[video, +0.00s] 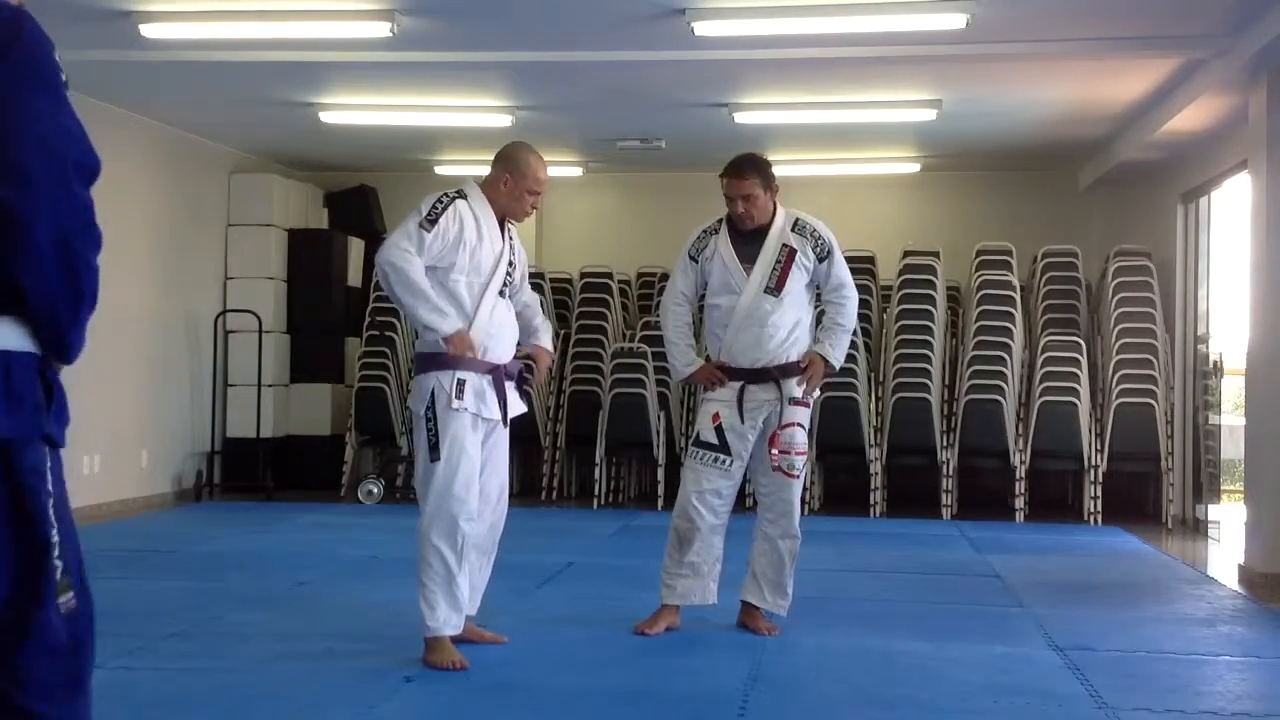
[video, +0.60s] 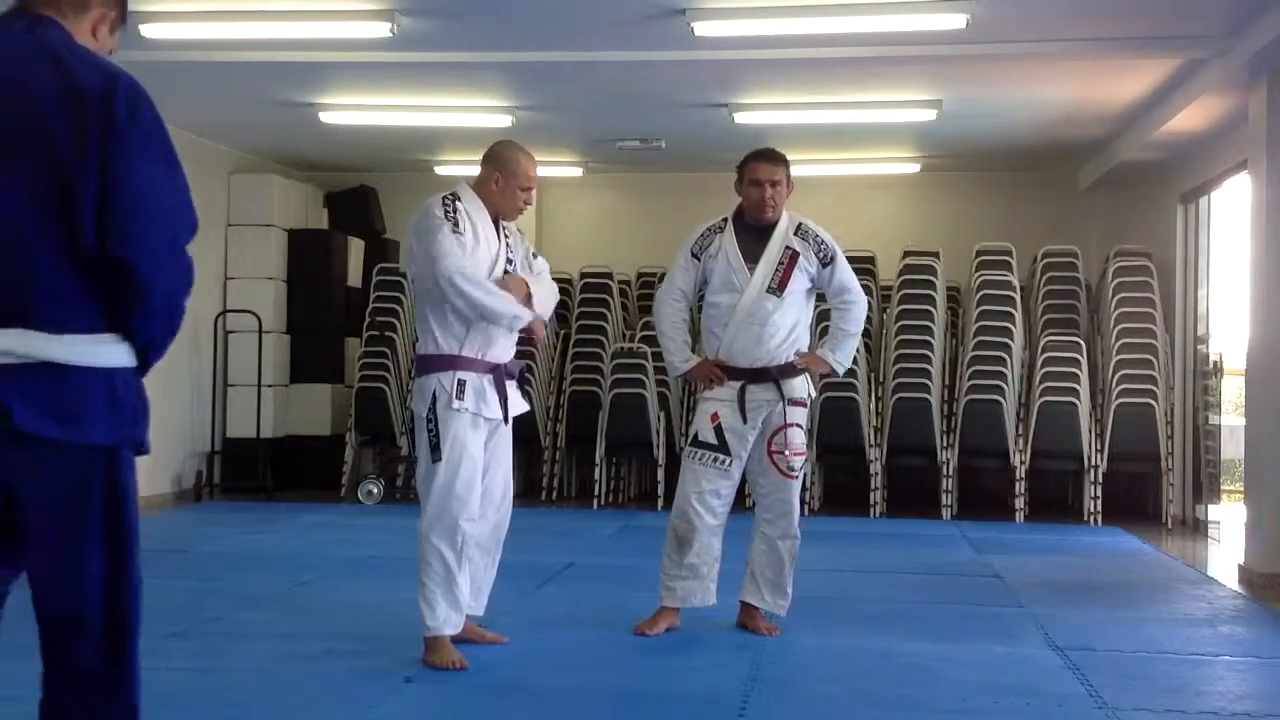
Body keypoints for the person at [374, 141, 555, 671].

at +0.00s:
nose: (537, 204)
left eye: (541, 195)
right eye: (534, 193)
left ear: (513, 184)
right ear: (504, 179)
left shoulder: (509, 239)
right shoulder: (453, 207)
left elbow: (524, 297)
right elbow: (394, 255)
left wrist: (540, 339)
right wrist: (448, 326)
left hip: (494, 389)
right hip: (450, 385)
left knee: (488, 505)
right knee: (450, 506)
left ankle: (460, 619)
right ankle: (437, 633)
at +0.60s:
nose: (530, 200)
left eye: (533, 191)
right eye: (525, 189)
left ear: (504, 184)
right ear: (494, 179)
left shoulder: (508, 233)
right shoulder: (442, 213)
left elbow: (548, 290)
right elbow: (457, 282)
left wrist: (524, 288)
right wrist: (522, 316)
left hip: (497, 389)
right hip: (452, 387)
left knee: (490, 508)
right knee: (450, 509)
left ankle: (463, 618)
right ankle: (438, 634)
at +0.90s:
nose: (526, 197)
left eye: (529, 188)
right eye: (520, 186)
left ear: (510, 183)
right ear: (488, 175)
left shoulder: (505, 227)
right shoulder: (442, 214)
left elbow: (553, 275)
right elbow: (489, 290)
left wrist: (499, 267)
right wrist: (527, 289)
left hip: (494, 391)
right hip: (450, 389)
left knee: (488, 509)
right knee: (448, 510)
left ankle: (462, 619)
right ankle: (437, 634)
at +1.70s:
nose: (530, 199)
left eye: (533, 189)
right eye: (524, 187)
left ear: (508, 183)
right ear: (492, 177)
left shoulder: (512, 234)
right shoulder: (448, 217)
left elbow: (543, 301)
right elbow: (481, 293)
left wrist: (494, 280)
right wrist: (527, 294)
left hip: (500, 391)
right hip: (453, 389)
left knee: (494, 509)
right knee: (451, 510)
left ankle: (463, 618)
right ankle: (438, 634)